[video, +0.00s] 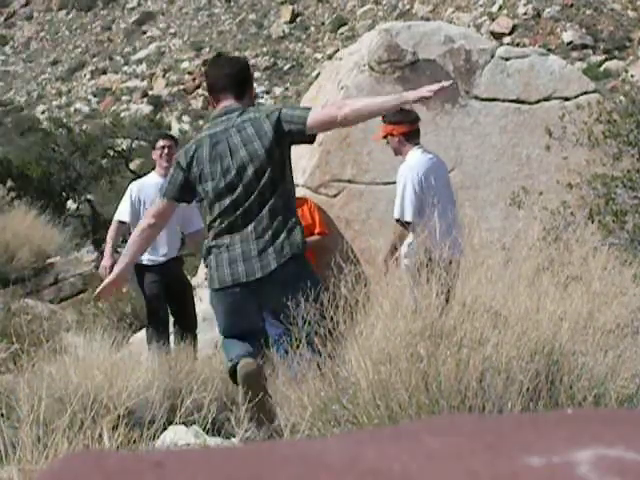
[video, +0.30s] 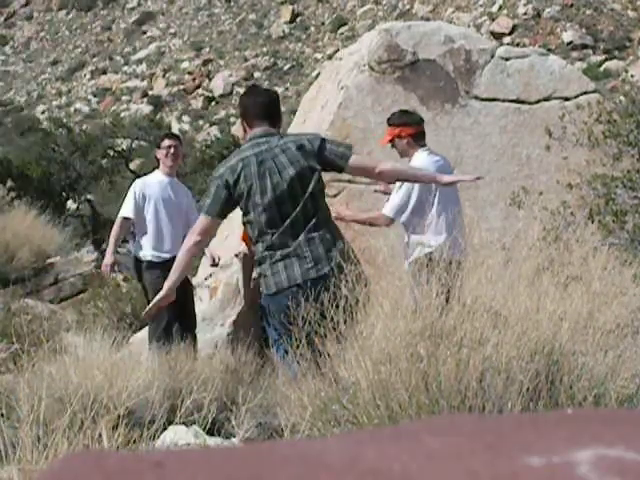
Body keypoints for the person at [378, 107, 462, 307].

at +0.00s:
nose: (388, 145)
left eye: (388, 139)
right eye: (387, 139)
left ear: (398, 138)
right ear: (415, 135)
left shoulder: (409, 169)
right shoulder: (436, 161)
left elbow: (404, 223)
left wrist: (390, 253)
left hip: (423, 250)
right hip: (448, 246)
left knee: (421, 309)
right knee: (443, 309)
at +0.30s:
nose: (392, 146)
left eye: (394, 141)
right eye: (391, 141)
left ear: (405, 139)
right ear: (420, 137)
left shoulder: (414, 170)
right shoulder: (443, 163)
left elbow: (385, 218)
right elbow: (427, 196)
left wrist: (346, 215)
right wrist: (394, 190)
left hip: (425, 255)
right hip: (452, 250)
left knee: (425, 316)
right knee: (446, 312)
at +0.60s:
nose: (395, 146)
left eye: (396, 141)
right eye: (393, 141)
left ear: (409, 139)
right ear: (417, 138)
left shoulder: (413, 171)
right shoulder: (444, 164)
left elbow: (395, 219)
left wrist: (360, 232)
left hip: (428, 255)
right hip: (455, 251)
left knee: (425, 315)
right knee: (451, 311)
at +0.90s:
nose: (394, 147)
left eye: (395, 141)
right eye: (393, 142)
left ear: (407, 140)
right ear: (416, 139)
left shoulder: (415, 171)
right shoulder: (442, 163)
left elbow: (382, 216)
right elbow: (419, 190)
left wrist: (346, 215)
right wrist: (384, 187)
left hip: (429, 256)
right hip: (454, 251)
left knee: (428, 319)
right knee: (452, 314)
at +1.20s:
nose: (395, 147)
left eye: (395, 142)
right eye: (393, 142)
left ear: (406, 140)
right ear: (421, 137)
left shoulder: (414, 171)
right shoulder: (442, 164)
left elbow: (387, 219)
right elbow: (419, 198)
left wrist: (354, 216)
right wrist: (382, 197)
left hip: (428, 256)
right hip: (454, 250)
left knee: (428, 320)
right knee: (451, 315)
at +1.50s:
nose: (395, 146)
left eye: (396, 141)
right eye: (394, 141)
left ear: (407, 139)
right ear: (422, 138)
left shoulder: (413, 173)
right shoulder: (444, 164)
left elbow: (391, 222)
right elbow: (429, 204)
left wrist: (352, 233)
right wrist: (393, 202)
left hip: (429, 257)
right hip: (455, 253)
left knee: (427, 319)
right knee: (450, 315)